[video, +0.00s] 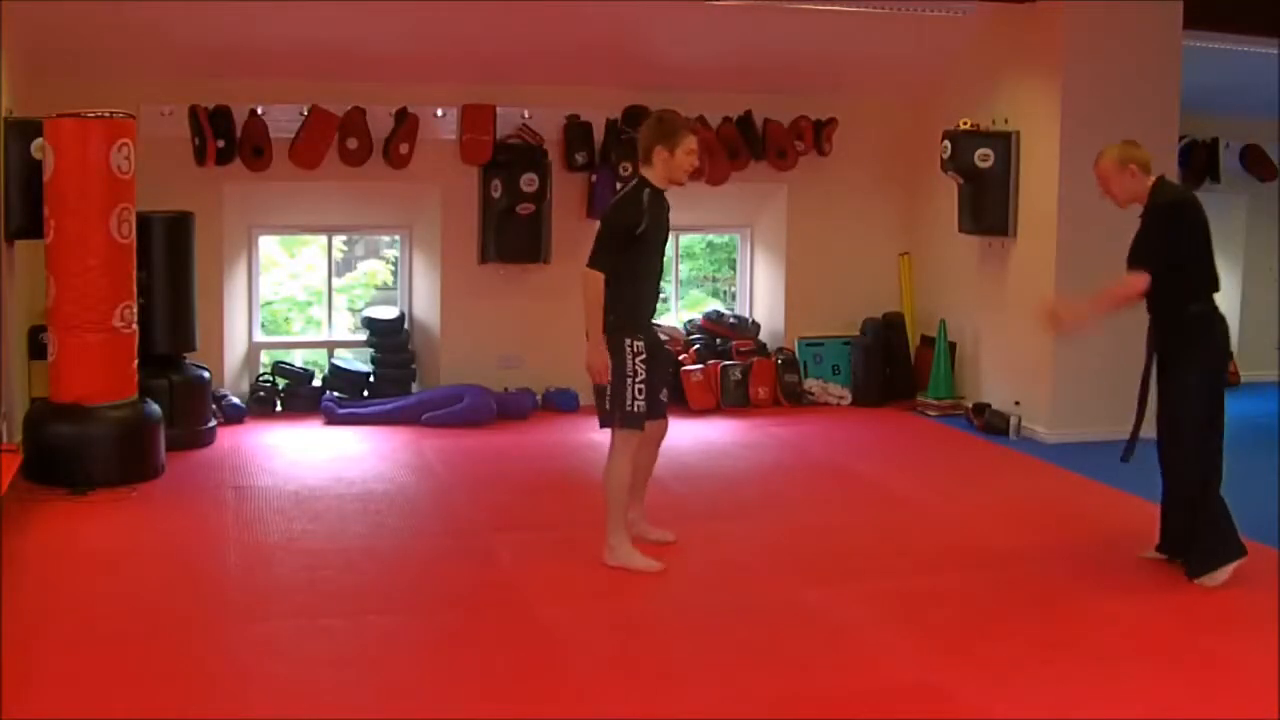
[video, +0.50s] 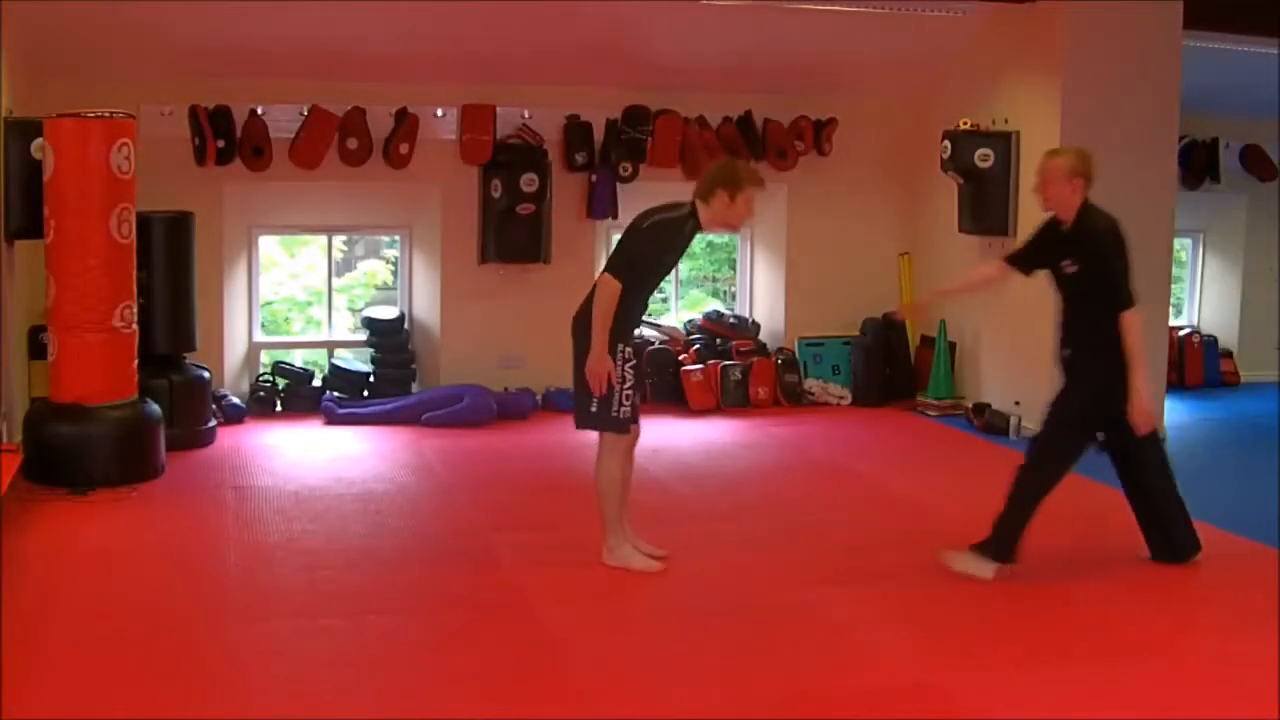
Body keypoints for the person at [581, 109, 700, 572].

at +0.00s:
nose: (695, 162)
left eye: (696, 153)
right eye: (688, 152)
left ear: (665, 155)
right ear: (659, 152)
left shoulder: (657, 203)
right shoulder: (632, 201)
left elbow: (637, 274)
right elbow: (595, 272)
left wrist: (648, 332)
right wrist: (595, 344)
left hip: (642, 332)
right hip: (621, 336)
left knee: (655, 427)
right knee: (627, 436)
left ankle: (633, 518)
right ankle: (615, 544)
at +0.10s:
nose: (715, 180)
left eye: (717, 172)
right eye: (712, 170)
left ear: (684, 165)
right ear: (684, 162)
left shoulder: (661, 206)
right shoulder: (644, 207)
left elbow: (631, 280)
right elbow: (600, 277)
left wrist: (640, 333)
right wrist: (596, 347)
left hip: (632, 332)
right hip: (616, 336)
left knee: (641, 428)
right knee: (622, 434)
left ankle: (625, 528)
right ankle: (614, 543)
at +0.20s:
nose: (734, 204)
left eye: (736, 195)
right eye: (731, 194)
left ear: (704, 188)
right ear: (706, 188)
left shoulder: (671, 221)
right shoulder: (654, 221)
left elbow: (624, 287)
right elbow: (599, 284)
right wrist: (595, 350)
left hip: (618, 330)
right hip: (603, 331)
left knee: (628, 430)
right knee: (617, 432)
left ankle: (623, 533)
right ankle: (614, 543)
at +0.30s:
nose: (750, 232)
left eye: (753, 223)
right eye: (749, 221)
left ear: (721, 214)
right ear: (723, 214)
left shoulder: (681, 235)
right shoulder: (665, 233)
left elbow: (619, 288)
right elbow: (600, 284)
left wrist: (607, 341)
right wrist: (589, 351)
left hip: (609, 331)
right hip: (593, 334)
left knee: (616, 431)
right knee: (607, 433)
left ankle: (620, 534)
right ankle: (612, 543)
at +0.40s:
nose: (756, 234)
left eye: (758, 225)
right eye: (754, 224)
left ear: (726, 217)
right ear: (729, 217)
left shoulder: (684, 237)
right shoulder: (669, 235)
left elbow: (623, 288)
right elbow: (603, 283)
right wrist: (589, 351)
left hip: (611, 331)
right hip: (595, 334)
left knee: (616, 432)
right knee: (606, 434)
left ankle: (620, 534)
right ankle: (612, 544)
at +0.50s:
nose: (751, 214)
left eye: (753, 204)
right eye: (748, 202)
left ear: (722, 197)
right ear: (722, 197)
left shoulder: (683, 226)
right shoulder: (666, 225)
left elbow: (628, 291)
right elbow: (608, 283)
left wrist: (655, 330)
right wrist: (598, 351)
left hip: (620, 332)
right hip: (605, 333)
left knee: (628, 433)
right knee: (617, 435)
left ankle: (622, 534)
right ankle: (614, 544)